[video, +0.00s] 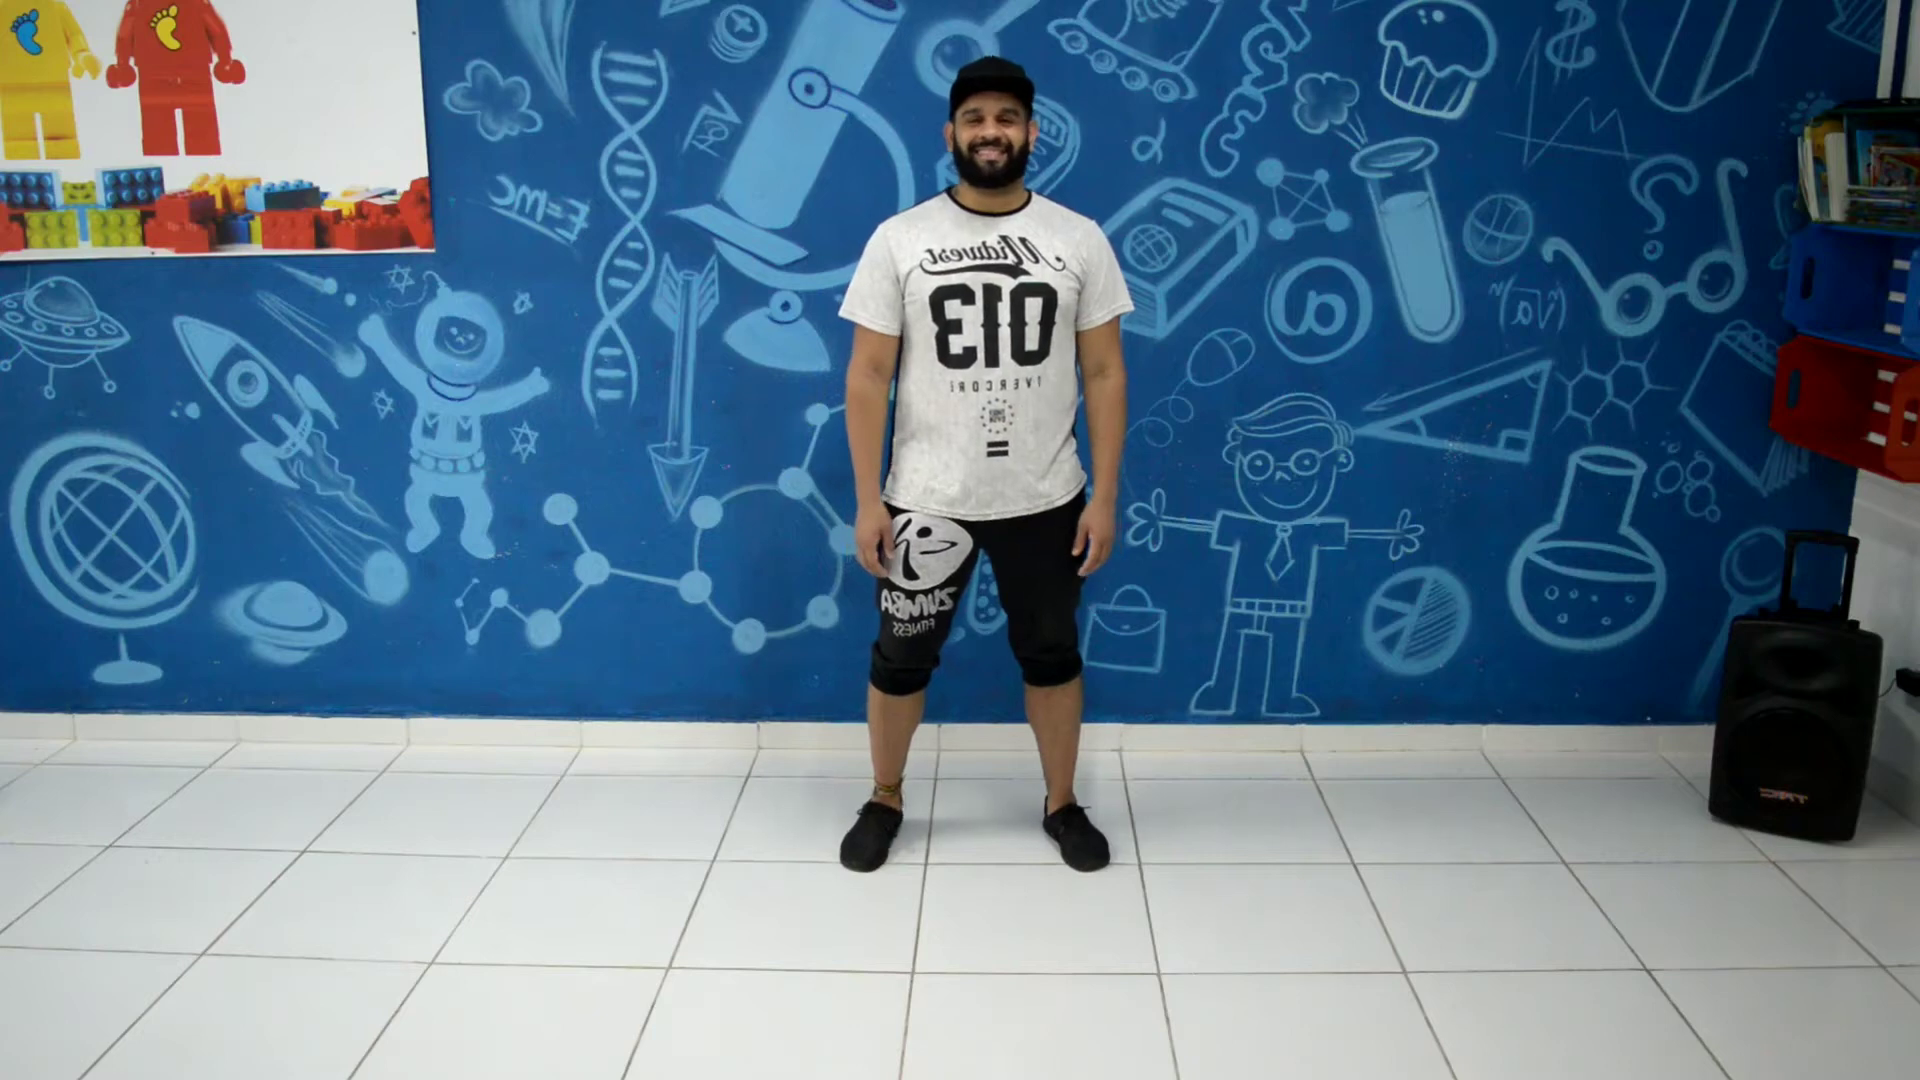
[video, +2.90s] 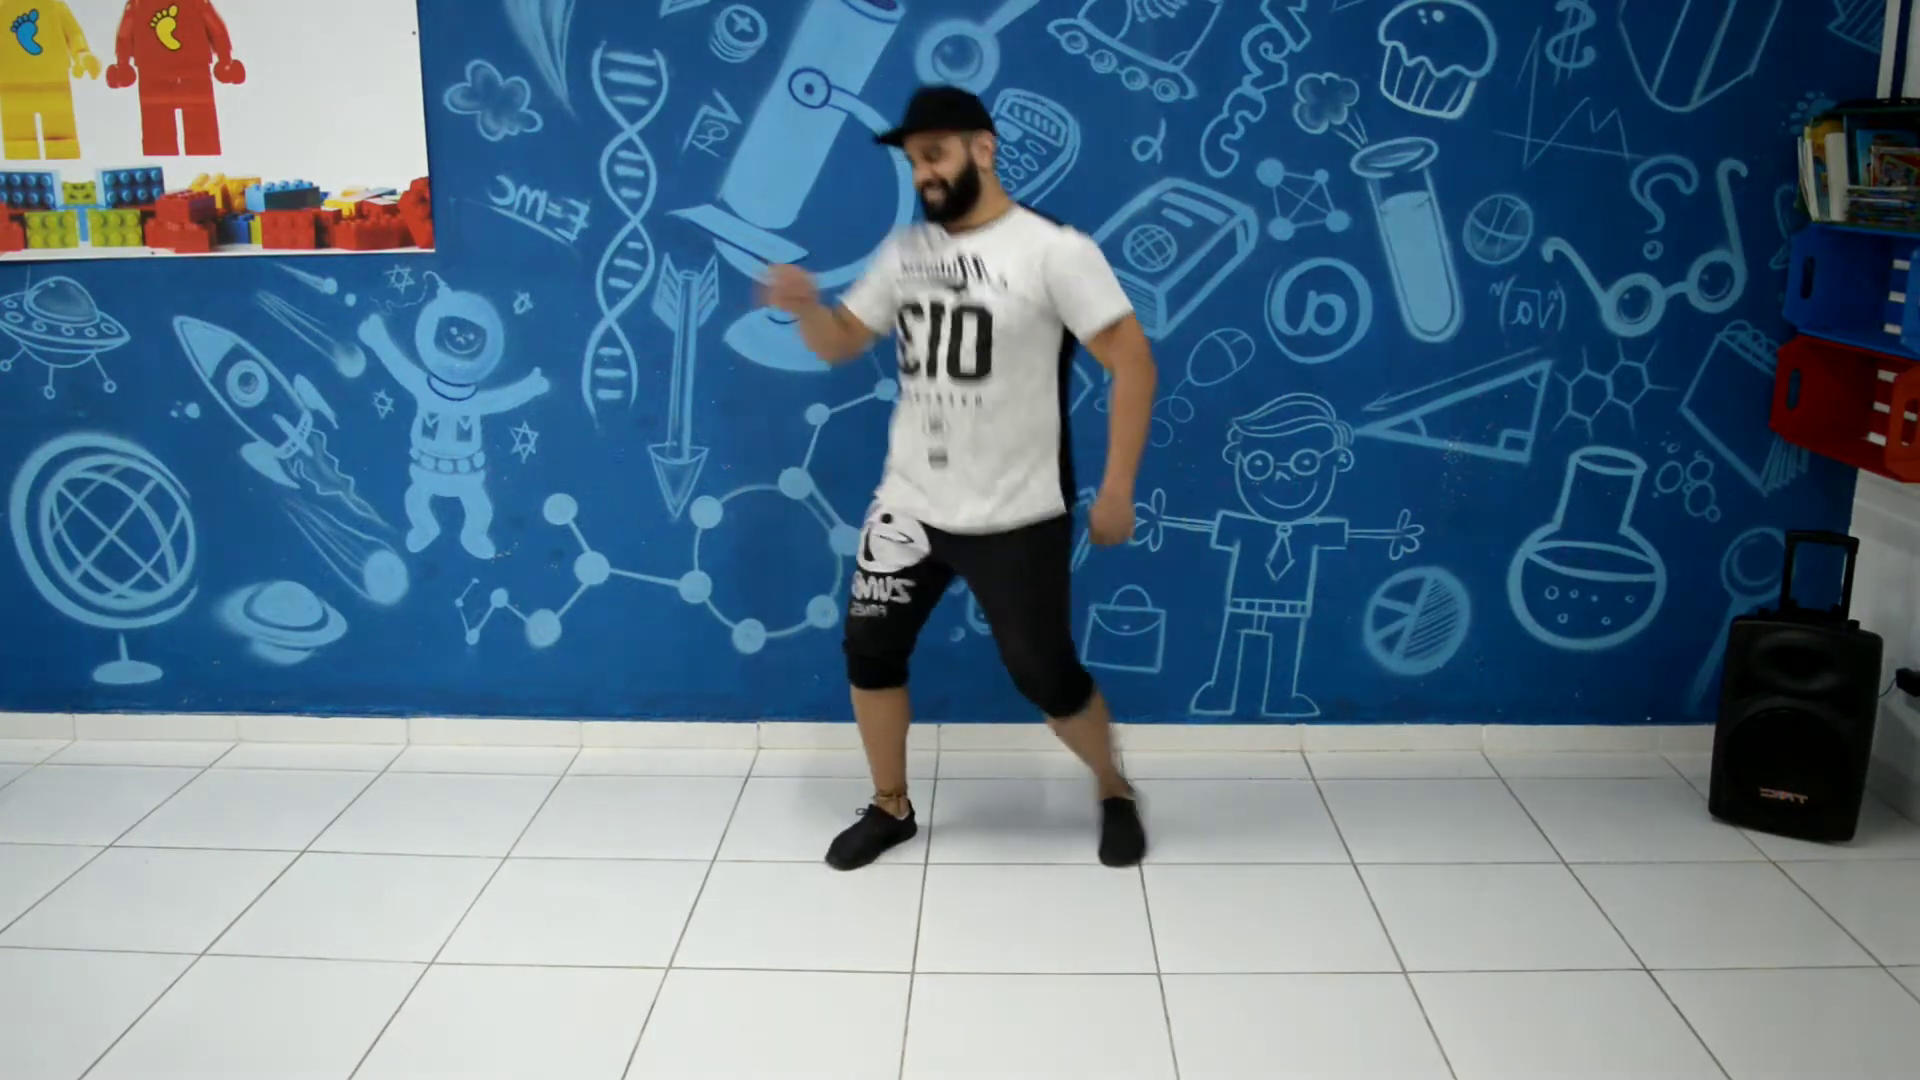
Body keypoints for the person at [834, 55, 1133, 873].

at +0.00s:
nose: (991, 133)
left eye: (1007, 119)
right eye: (974, 119)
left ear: (1030, 134)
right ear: (951, 133)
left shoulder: (1080, 242)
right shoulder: (900, 243)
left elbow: (1104, 372)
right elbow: (868, 376)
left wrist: (1104, 496)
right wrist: (869, 497)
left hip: (1043, 497)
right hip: (928, 496)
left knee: (1053, 657)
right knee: (900, 659)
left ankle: (1063, 805)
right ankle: (883, 800)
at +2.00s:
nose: (993, 135)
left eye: (1010, 123)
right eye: (977, 121)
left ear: (1033, 141)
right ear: (955, 137)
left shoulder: (1082, 246)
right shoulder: (901, 248)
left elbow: (1105, 375)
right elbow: (875, 379)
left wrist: (1113, 499)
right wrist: (873, 502)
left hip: (1046, 499)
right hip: (929, 498)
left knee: (1061, 660)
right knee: (890, 658)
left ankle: (1065, 805)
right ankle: (878, 799)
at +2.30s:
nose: (961, 152)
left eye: (978, 140)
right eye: (946, 137)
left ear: (1000, 156)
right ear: (921, 147)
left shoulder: (1040, 260)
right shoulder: (860, 255)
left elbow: (1070, 383)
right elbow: (822, 379)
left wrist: (1110, 488)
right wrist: (793, 493)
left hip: (1011, 504)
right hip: (894, 505)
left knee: (1050, 661)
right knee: (869, 670)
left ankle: (1062, 803)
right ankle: (873, 803)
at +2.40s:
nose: (951, 127)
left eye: (968, 114)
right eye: (934, 115)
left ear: (992, 130)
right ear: (911, 130)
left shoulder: (1036, 239)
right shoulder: (854, 228)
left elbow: (1065, 360)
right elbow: (803, 343)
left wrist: (1108, 452)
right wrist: (760, 450)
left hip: (1000, 484)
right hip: (884, 484)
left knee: (1029, 647)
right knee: (873, 654)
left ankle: (1033, 790)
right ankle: (873, 798)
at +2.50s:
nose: (941, 135)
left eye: (954, 121)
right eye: (923, 126)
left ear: (981, 134)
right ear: (901, 148)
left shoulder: (1035, 248)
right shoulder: (854, 236)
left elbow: (1071, 360)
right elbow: (778, 325)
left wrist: (1113, 424)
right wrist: (700, 403)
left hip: (988, 494)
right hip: (875, 491)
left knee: (1010, 665)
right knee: (865, 664)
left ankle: (975, 763)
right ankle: (871, 800)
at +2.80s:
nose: (911, 148)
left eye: (925, 130)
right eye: (901, 136)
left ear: (971, 125)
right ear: (894, 141)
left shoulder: (1044, 230)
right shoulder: (880, 228)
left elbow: (1115, 349)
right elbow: (816, 306)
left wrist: (1106, 475)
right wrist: (739, 290)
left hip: (1006, 487)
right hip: (897, 481)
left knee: (1029, 660)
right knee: (878, 647)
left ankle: (1051, 752)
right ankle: (884, 800)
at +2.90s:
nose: (923, 172)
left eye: (937, 154)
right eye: (913, 158)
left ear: (983, 148)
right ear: (905, 163)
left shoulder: (1055, 253)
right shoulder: (905, 250)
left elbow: (1133, 365)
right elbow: (838, 343)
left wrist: (1116, 490)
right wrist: (807, 306)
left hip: (1017, 509)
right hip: (912, 501)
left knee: (1043, 671)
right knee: (870, 651)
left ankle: (1115, 793)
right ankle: (891, 806)